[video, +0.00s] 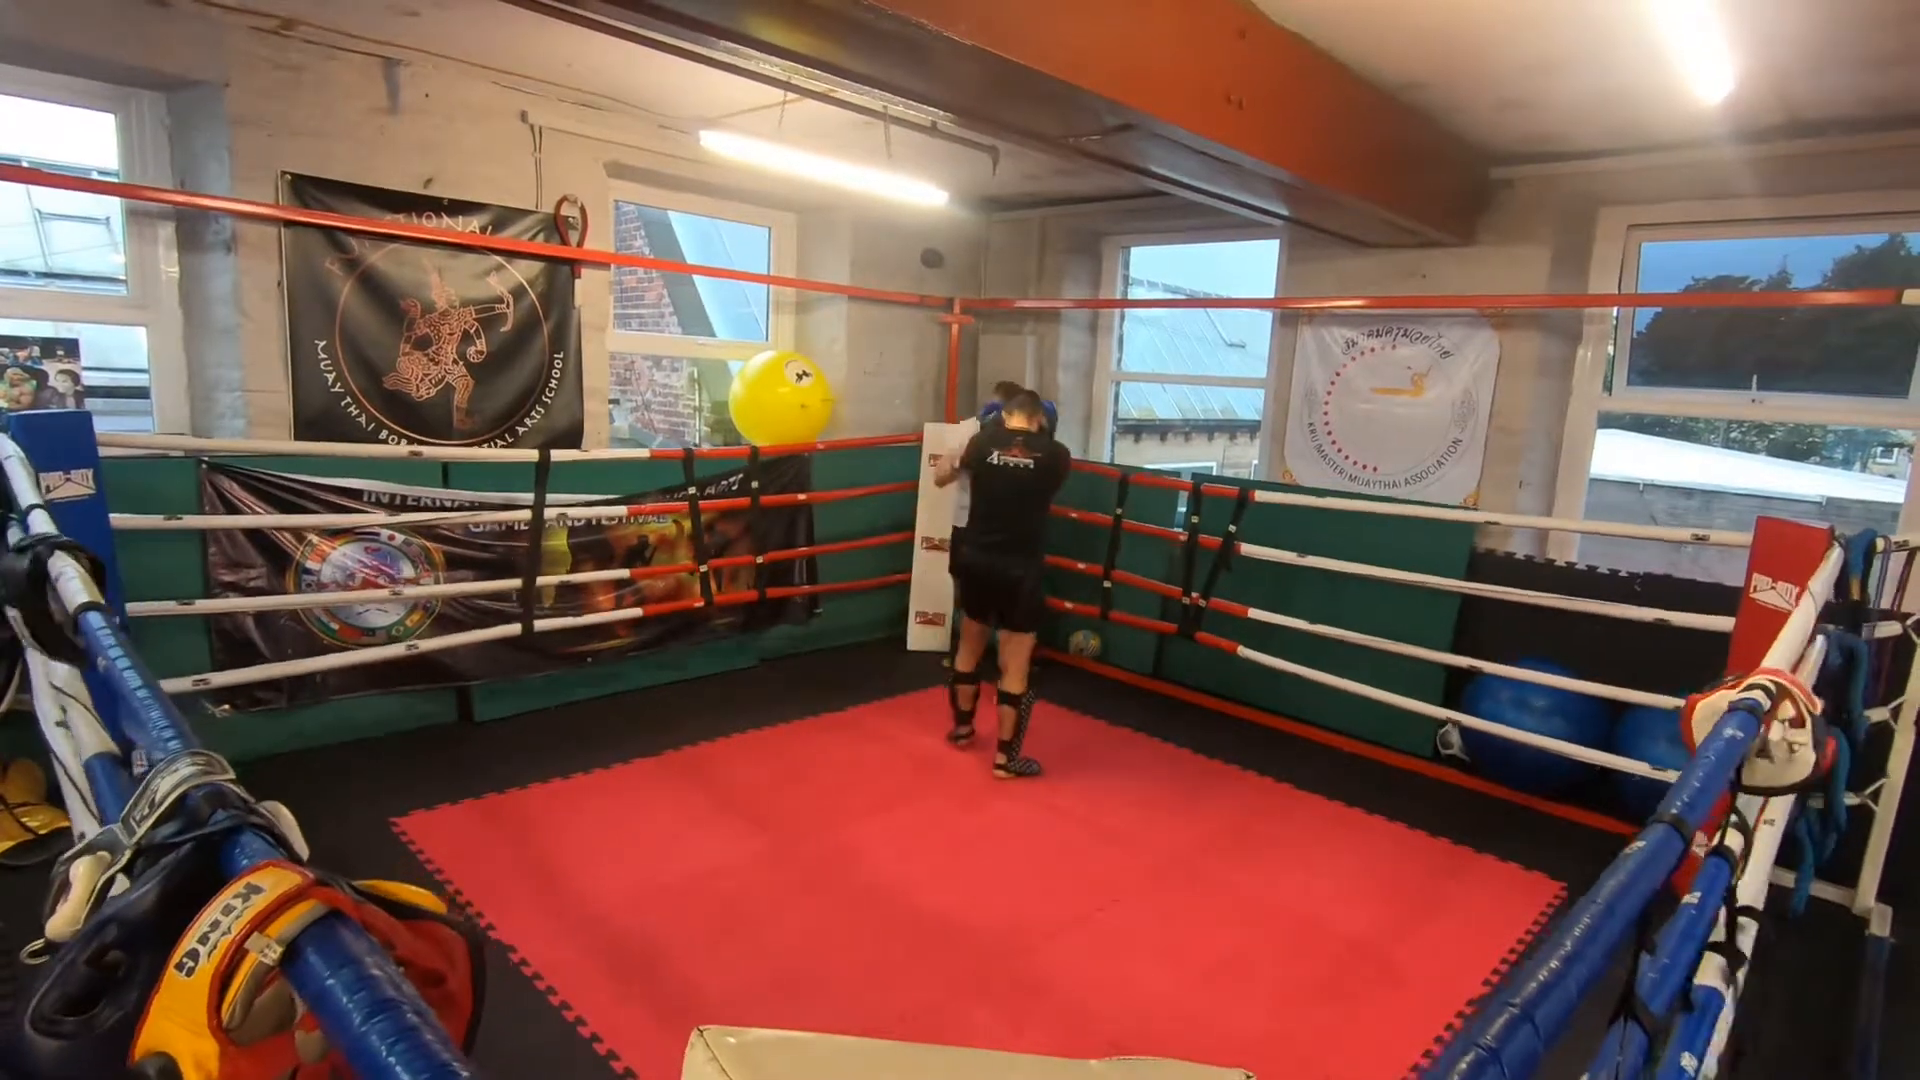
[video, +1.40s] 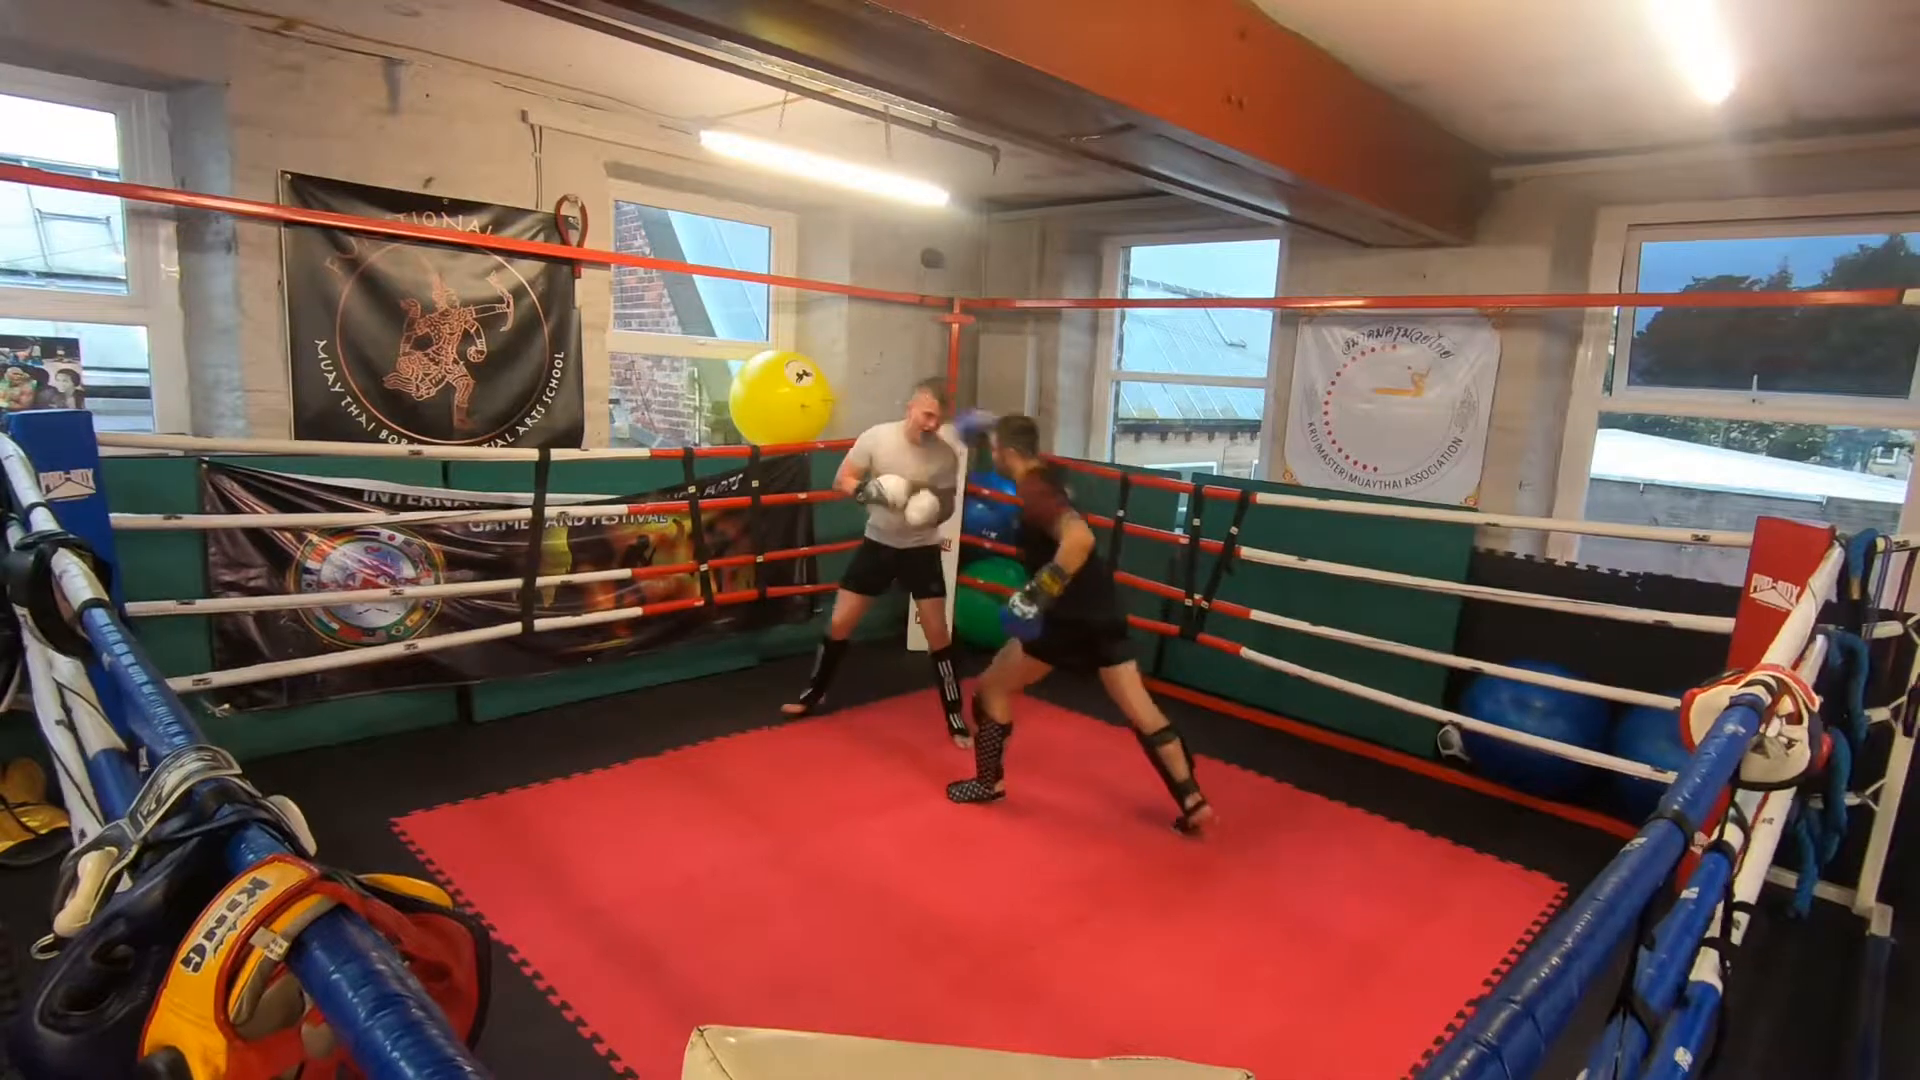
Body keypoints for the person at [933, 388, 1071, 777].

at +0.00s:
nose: (1042, 425)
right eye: (1042, 421)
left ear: (1003, 415)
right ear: (1040, 421)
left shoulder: (981, 443)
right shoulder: (1055, 456)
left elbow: (965, 466)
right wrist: (1036, 432)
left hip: (976, 564)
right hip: (1020, 570)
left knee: (969, 648)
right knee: (1014, 665)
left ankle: (962, 728)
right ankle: (1006, 755)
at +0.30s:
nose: (1069, 438)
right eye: (1071, 432)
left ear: (1035, 425)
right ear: (1071, 434)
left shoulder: (1003, 457)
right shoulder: (1079, 476)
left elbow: (978, 496)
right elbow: (1070, 509)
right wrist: (1054, 459)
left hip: (993, 580)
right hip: (1040, 589)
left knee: (977, 655)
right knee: (1060, 684)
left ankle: (965, 730)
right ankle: (1055, 768)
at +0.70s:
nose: (1071, 423)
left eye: (1071, 417)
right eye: (1080, 419)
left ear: (1073, 417)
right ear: (1109, 420)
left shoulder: (1047, 454)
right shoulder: (1126, 469)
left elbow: (998, 500)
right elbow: (1087, 498)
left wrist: (996, 463)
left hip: (1037, 587)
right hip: (1088, 595)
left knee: (1006, 663)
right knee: (1071, 684)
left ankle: (1009, 759)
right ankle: (1057, 779)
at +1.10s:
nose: (1058, 429)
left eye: (1058, 422)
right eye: (1060, 423)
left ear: (1066, 421)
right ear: (1099, 419)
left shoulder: (1056, 460)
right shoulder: (1129, 464)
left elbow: (1025, 528)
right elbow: (1103, 519)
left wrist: (1003, 511)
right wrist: (1038, 505)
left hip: (1062, 595)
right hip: (1109, 596)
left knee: (1047, 697)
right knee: (1102, 682)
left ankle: (1054, 801)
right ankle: (1118, 780)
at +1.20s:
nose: (1059, 441)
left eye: (1058, 436)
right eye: (1060, 436)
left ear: (1067, 432)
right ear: (1098, 430)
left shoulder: (1066, 470)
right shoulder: (1125, 472)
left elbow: (1042, 540)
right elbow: (1097, 521)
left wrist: (1000, 531)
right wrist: (1056, 478)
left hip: (1070, 607)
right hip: (1118, 607)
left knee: (1011, 688)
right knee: (1126, 700)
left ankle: (1032, 787)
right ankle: (1180, 791)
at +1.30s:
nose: (1031, 463)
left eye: (1032, 456)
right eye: (1032, 456)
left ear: (1040, 457)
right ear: (1070, 452)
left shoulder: (1063, 492)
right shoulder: (1100, 490)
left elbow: (1078, 552)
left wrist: (1027, 582)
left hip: (1079, 632)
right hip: (1123, 630)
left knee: (994, 684)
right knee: (1146, 716)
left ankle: (990, 779)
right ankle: (1199, 813)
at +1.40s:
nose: (994, 457)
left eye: (995, 450)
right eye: (995, 450)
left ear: (1005, 451)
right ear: (1030, 448)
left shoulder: (1035, 489)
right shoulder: (1045, 479)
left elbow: (1078, 538)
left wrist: (1037, 593)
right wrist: (987, 431)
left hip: (1066, 618)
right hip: (1103, 613)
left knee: (993, 686)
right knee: (1138, 703)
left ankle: (988, 781)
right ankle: (1191, 798)